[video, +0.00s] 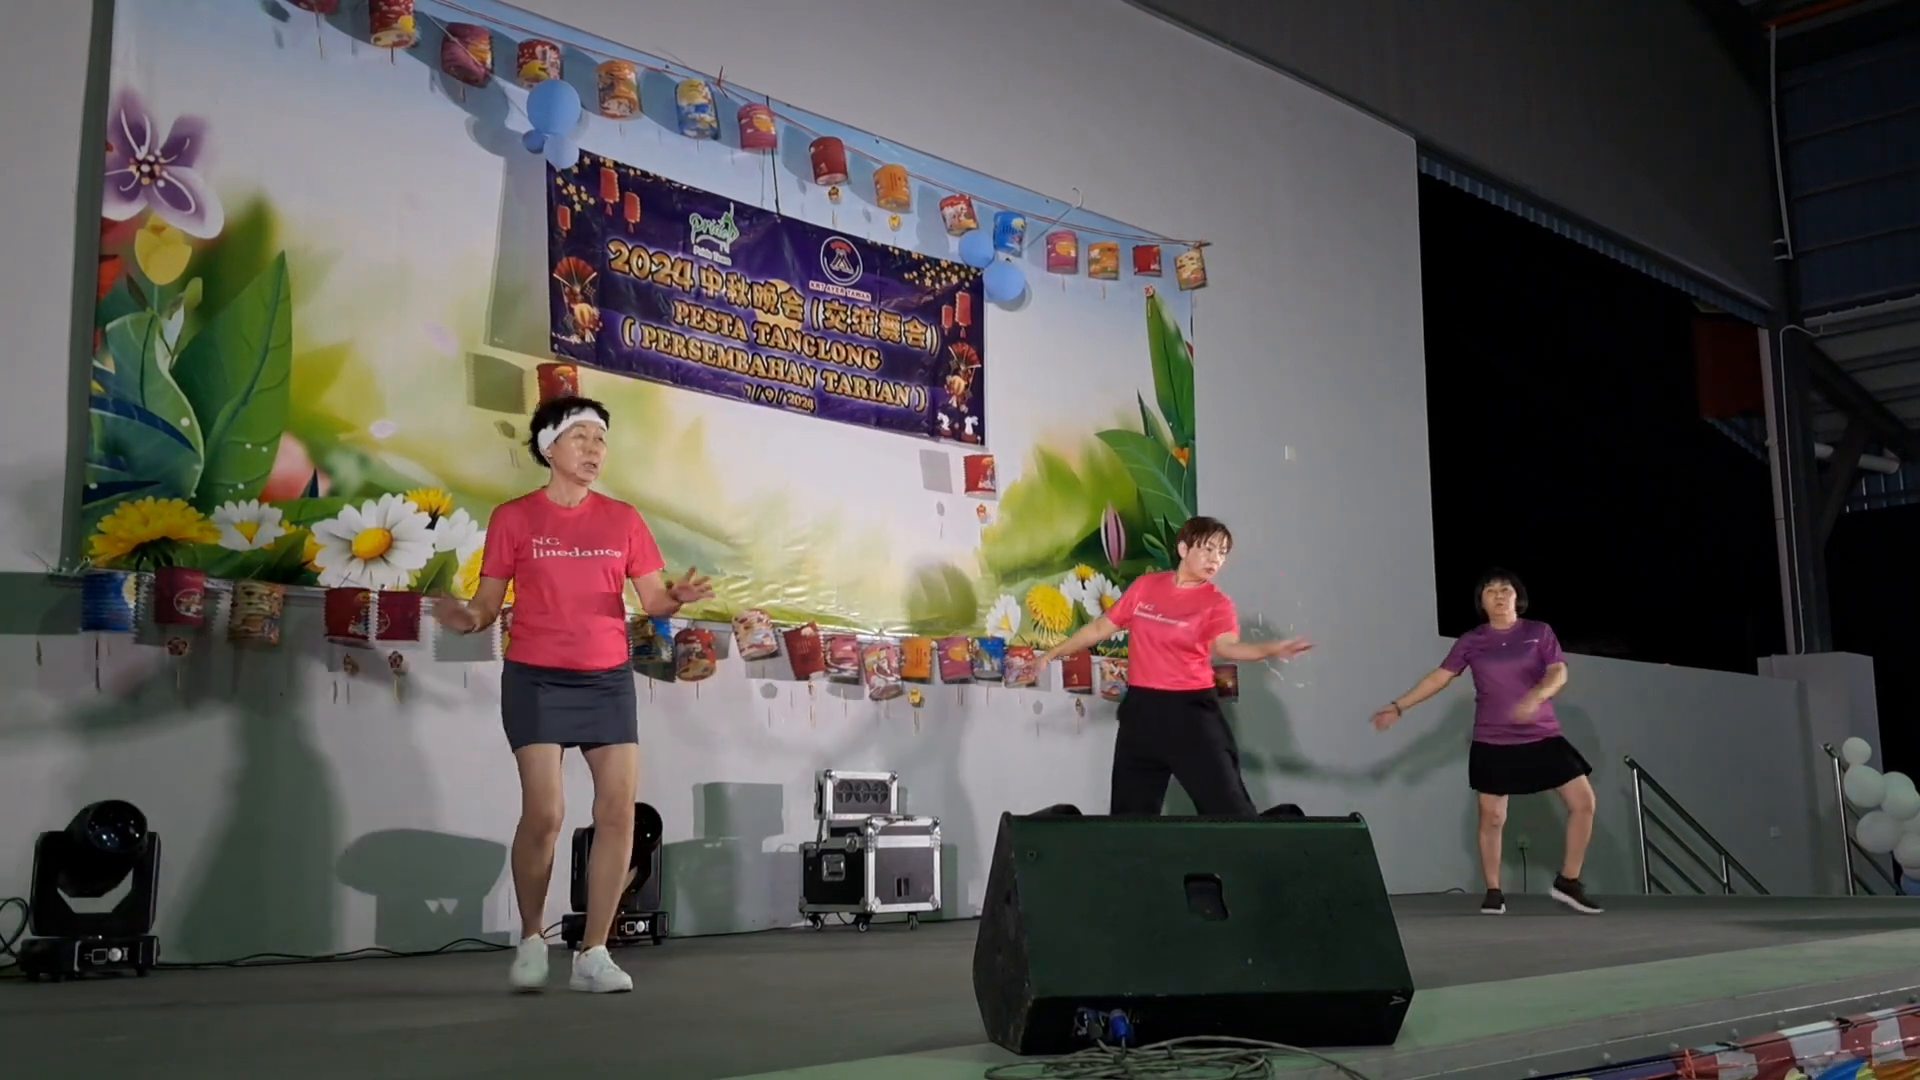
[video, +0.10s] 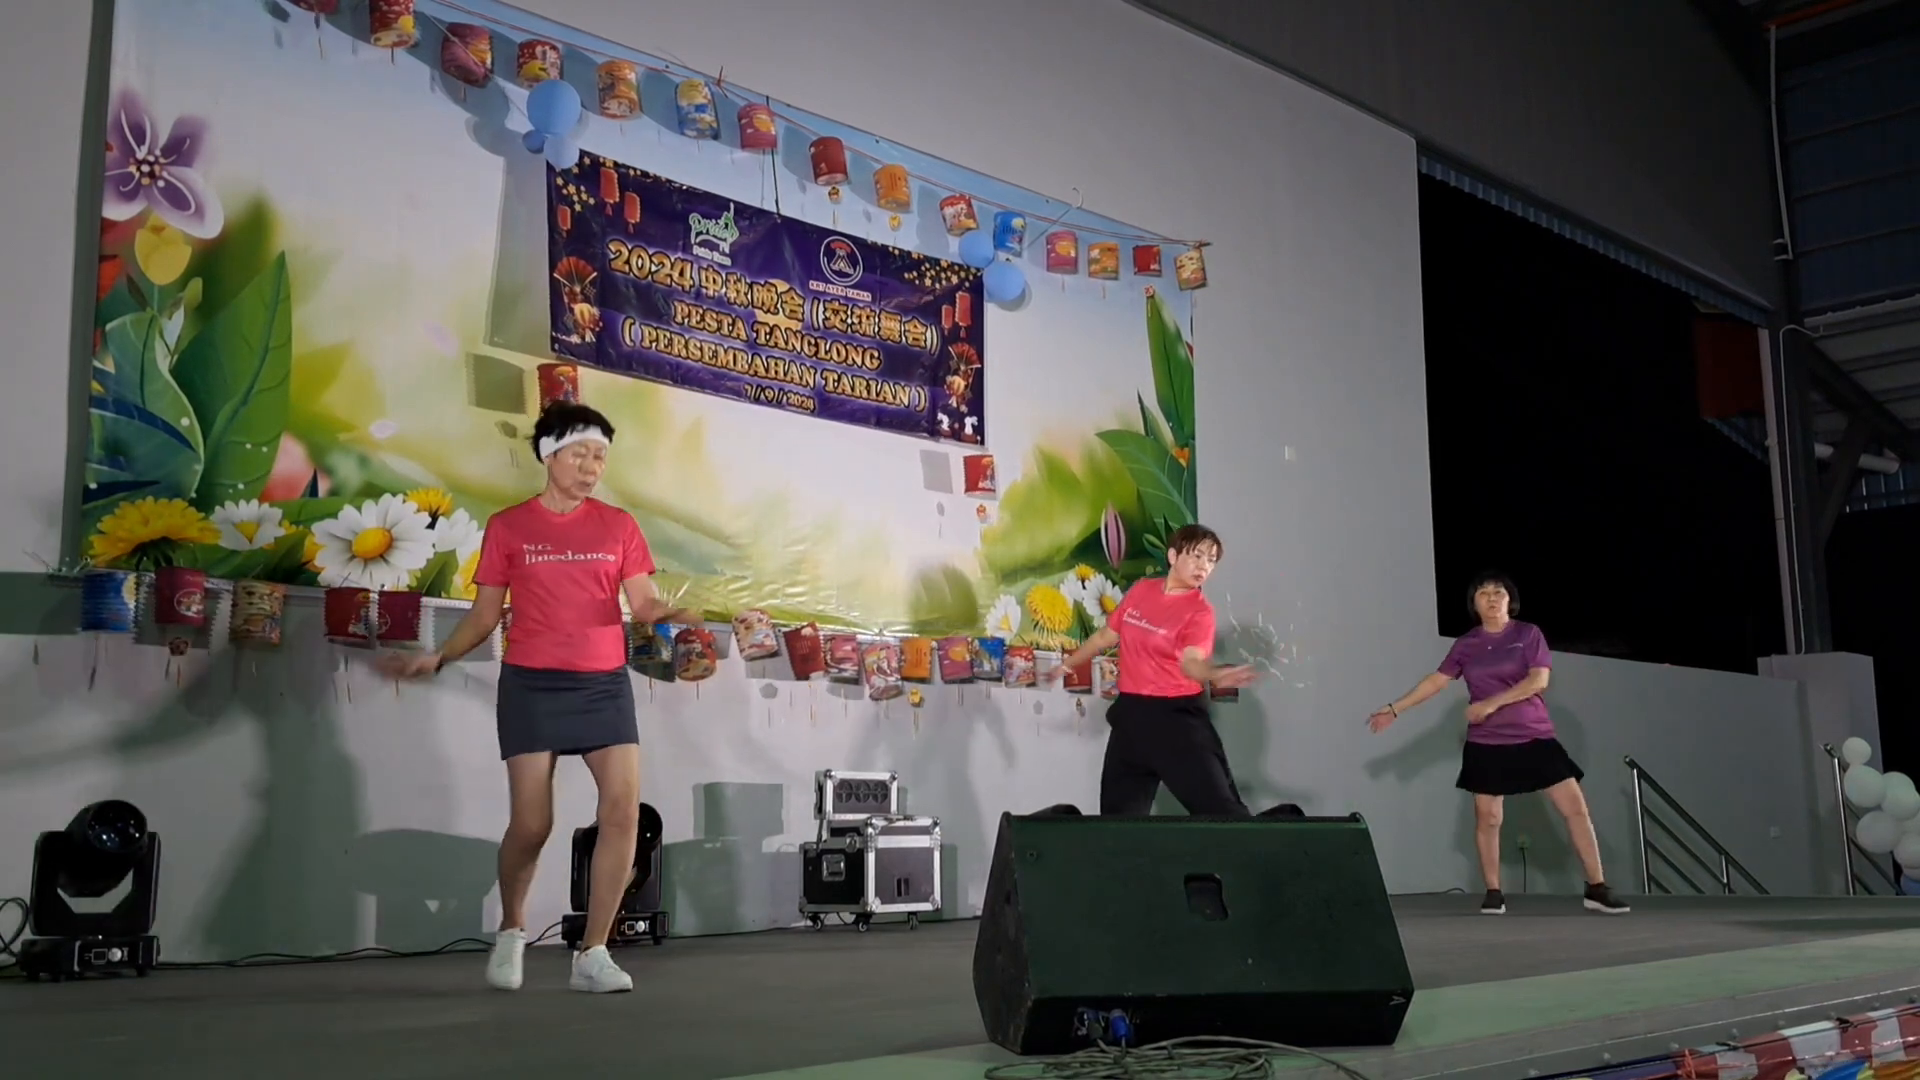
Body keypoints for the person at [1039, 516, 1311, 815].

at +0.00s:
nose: (1215, 559)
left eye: (1222, 554)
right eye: (1208, 549)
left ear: (1225, 561)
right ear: (1183, 548)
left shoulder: (1217, 603)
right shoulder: (1146, 587)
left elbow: (1225, 648)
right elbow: (1101, 628)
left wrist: (1272, 649)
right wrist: (1050, 654)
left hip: (1193, 716)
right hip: (1141, 713)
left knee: (1233, 817)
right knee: (1129, 824)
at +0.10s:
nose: (1204, 566)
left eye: (1211, 560)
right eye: (1196, 556)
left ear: (1215, 566)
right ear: (1173, 556)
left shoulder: (1199, 611)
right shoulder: (1141, 590)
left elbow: (1191, 664)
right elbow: (1105, 636)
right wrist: (1064, 666)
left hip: (1180, 723)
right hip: (1131, 719)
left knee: (1226, 818)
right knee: (1118, 825)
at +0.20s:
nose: (1193, 571)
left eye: (1200, 566)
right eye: (1186, 561)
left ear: (1204, 573)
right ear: (1163, 560)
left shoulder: (1189, 615)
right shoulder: (1141, 593)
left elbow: (1167, 663)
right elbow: (1122, 642)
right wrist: (1099, 675)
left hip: (1171, 725)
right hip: (1126, 721)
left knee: (1220, 818)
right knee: (1111, 823)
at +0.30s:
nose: (1184, 573)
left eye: (1192, 568)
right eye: (1177, 563)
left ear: (1196, 576)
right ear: (1156, 563)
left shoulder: (1178, 614)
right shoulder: (1140, 596)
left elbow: (1150, 669)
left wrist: (1125, 711)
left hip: (1167, 722)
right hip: (1124, 717)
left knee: (1216, 818)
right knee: (1105, 823)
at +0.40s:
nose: (1177, 573)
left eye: (1186, 568)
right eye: (1170, 562)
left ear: (1190, 577)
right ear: (1151, 563)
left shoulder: (1170, 613)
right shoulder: (1143, 596)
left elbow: (1141, 672)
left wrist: (1109, 715)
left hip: (1165, 721)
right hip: (1128, 716)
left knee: (1215, 816)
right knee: (1105, 820)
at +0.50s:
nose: (1174, 571)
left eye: (1183, 566)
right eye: (1167, 560)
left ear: (1188, 576)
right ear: (1149, 562)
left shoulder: (1167, 610)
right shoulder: (1142, 598)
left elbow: (1139, 670)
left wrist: (1104, 717)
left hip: (1164, 720)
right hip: (1128, 718)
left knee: (1215, 814)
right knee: (1107, 820)